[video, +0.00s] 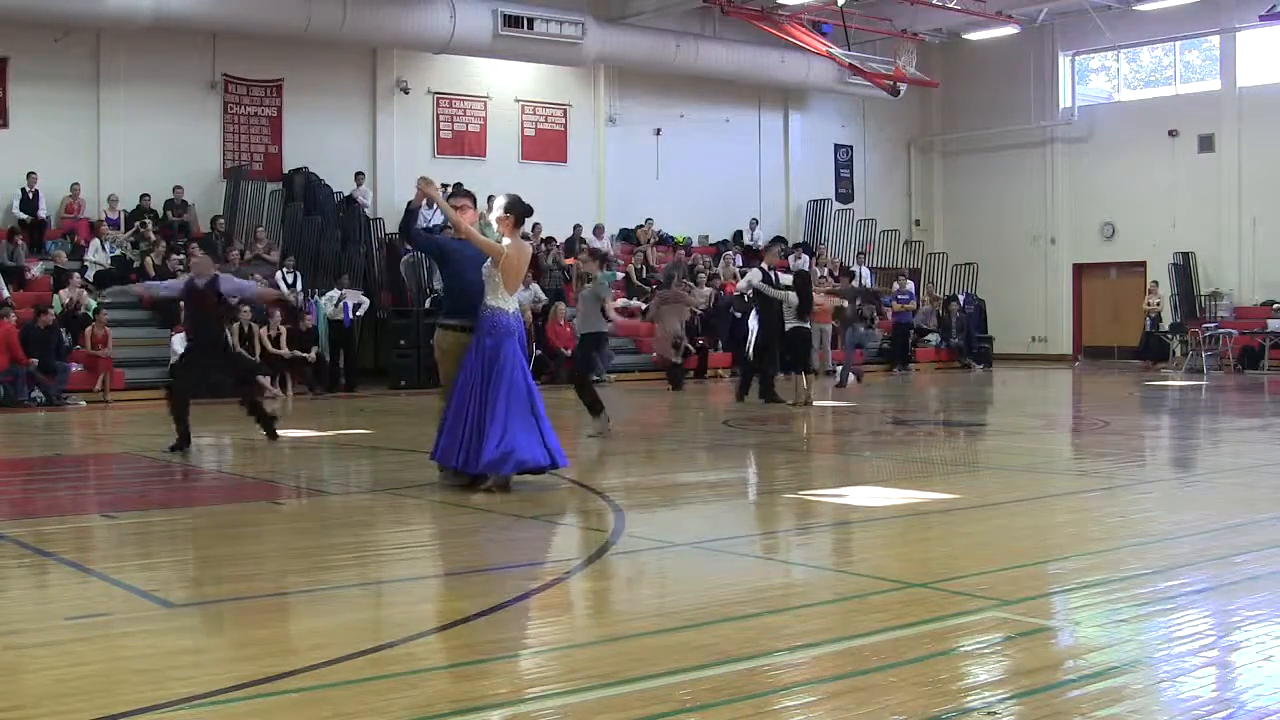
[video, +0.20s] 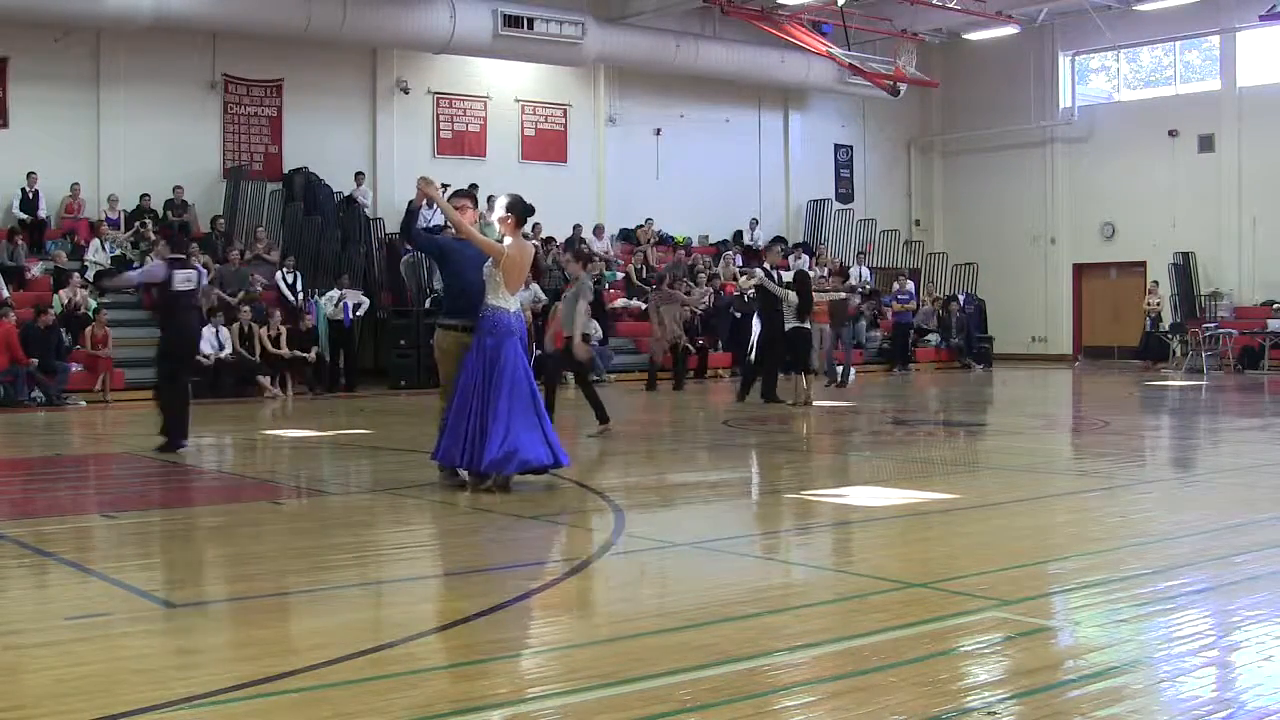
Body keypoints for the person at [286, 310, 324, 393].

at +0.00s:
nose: (311, 322)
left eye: (311, 320)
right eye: (308, 320)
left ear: (312, 320)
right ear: (301, 322)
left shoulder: (313, 330)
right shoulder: (293, 332)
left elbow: (315, 345)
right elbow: (293, 350)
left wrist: (313, 353)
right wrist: (304, 355)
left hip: (310, 354)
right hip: (298, 355)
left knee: (321, 358)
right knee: (307, 364)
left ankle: (320, 385)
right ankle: (312, 387)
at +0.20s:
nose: (310, 323)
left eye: (311, 320)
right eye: (308, 320)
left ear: (312, 320)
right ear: (301, 322)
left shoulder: (313, 330)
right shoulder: (293, 332)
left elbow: (315, 344)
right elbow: (293, 350)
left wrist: (313, 353)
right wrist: (304, 355)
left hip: (310, 354)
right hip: (298, 355)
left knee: (321, 358)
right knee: (307, 363)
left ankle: (321, 385)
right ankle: (312, 387)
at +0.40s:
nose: (311, 323)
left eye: (311, 320)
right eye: (308, 320)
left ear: (312, 321)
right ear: (301, 322)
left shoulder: (313, 330)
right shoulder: (293, 332)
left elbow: (315, 344)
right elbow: (293, 350)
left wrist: (313, 353)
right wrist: (305, 355)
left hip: (309, 354)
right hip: (298, 355)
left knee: (320, 359)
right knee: (305, 363)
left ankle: (320, 385)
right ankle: (313, 386)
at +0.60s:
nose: (310, 323)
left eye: (311, 320)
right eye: (308, 320)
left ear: (312, 321)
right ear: (301, 322)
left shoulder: (313, 330)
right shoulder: (293, 332)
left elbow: (315, 345)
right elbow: (293, 350)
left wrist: (313, 353)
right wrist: (305, 355)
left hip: (309, 354)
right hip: (298, 355)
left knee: (320, 360)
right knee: (304, 364)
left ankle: (319, 385)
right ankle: (312, 386)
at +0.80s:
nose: (310, 323)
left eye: (311, 320)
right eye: (308, 320)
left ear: (312, 321)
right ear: (301, 322)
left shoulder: (313, 330)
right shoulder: (294, 331)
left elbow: (315, 345)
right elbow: (293, 350)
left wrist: (313, 353)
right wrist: (305, 355)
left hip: (310, 354)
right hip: (298, 355)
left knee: (320, 360)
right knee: (305, 364)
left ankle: (319, 385)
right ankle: (312, 386)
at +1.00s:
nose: (311, 322)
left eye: (311, 320)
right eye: (308, 320)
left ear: (312, 320)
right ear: (301, 322)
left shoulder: (314, 330)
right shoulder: (293, 331)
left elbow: (315, 345)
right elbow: (293, 349)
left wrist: (313, 353)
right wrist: (305, 355)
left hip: (310, 354)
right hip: (298, 355)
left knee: (320, 359)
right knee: (304, 363)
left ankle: (320, 385)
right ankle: (314, 387)